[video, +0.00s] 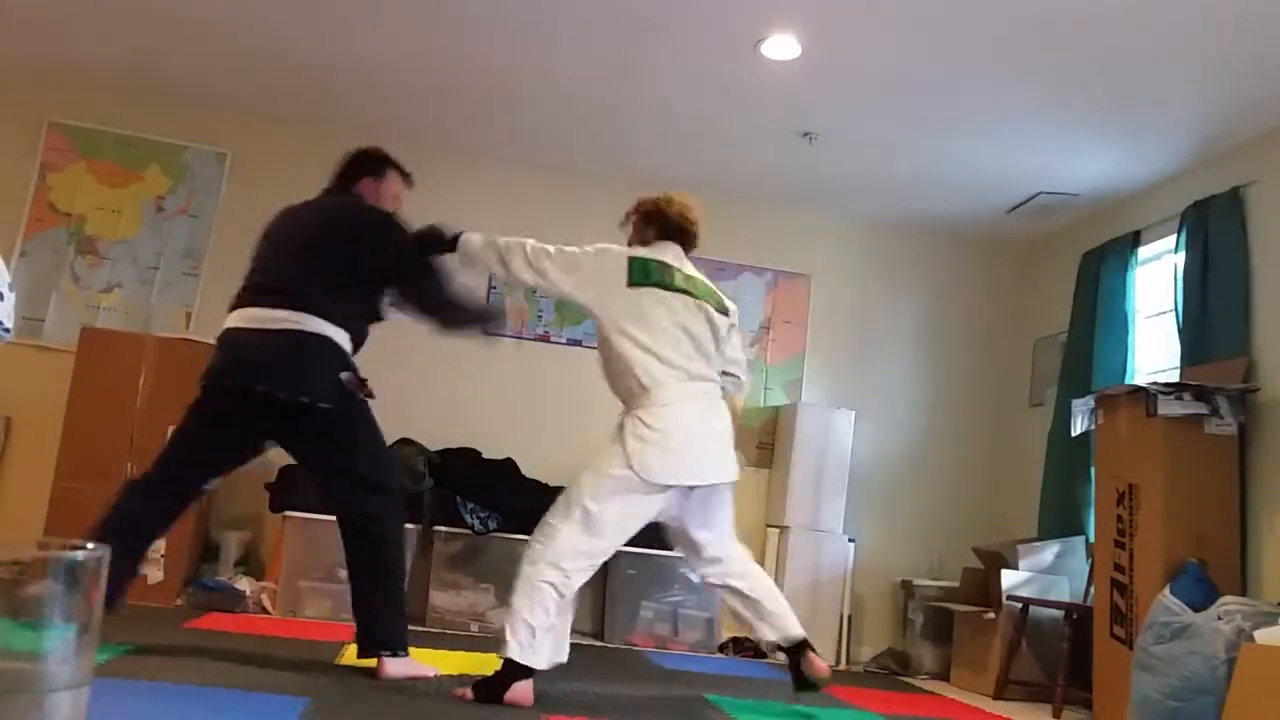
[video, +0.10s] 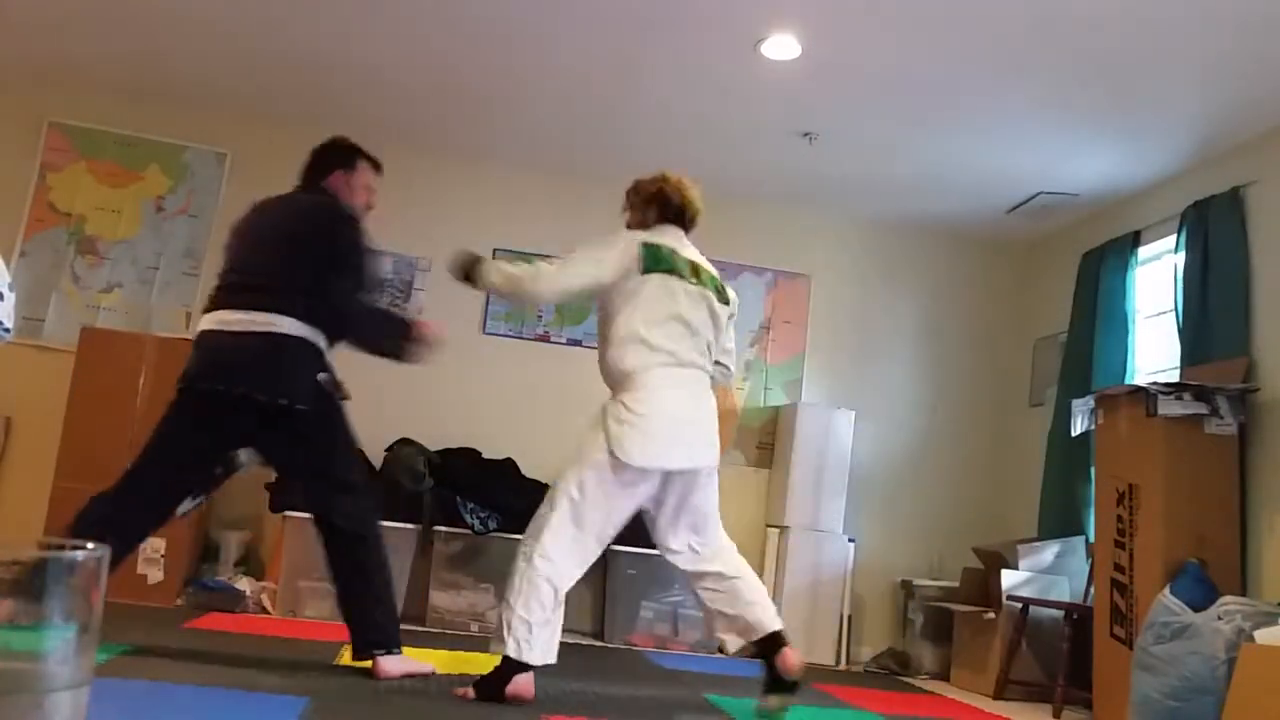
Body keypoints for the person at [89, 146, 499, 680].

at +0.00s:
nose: (402, 206)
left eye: (404, 195)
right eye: (399, 193)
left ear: (349, 187)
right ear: (371, 186)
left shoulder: (292, 218)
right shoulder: (379, 228)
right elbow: (437, 300)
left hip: (237, 367)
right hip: (312, 376)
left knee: (165, 484)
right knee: (373, 508)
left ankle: (80, 597)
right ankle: (386, 650)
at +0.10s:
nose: (372, 200)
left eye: (375, 189)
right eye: (369, 186)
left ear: (317, 177)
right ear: (340, 176)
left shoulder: (260, 214)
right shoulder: (336, 220)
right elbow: (339, 307)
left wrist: (377, 318)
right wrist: (405, 334)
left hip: (215, 366)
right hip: (287, 374)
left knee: (144, 491)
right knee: (350, 504)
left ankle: (37, 593)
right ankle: (381, 649)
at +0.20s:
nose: (346, 187)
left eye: (349, 176)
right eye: (343, 173)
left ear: (289, 165)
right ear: (312, 164)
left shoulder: (235, 204)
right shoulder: (307, 210)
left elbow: (256, 280)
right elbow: (318, 291)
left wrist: (331, 253)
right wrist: (360, 274)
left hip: (193, 361)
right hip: (266, 369)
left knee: (131, 490)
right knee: (329, 505)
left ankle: (29, 599)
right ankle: (369, 642)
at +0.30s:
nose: (333, 179)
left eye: (337, 169)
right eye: (330, 164)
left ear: (281, 154)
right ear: (295, 152)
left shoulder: (228, 189)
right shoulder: (284, 192)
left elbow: (256, 271)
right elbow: (288, 277)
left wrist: (324, 234)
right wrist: (362, 241)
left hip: (177, 346)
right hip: (239, 352)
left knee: (133, 484)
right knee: (314, 480)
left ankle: (39, 598)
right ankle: (332, 629)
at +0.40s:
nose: (332, 178)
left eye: (337, 167)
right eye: (330, 162)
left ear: (285, 151)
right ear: (295, 150)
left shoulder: (222, 187)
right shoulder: (276, 190)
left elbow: (260, 286)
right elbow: (282, 278)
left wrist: (322, 245)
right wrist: (359, 266)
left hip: (170, 340)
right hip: (231, 347)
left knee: (125, 483)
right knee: (300, 478)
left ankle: (28, 599)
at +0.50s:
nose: (331, 179)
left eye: (335, 169)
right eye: (327, 164)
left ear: (286, 154)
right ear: (291, 152)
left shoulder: (227, 190)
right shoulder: (270, 193)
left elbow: (268, 298)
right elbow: (273, 289)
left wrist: (326, 249)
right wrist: (341, 274)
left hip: (164, 339)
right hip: (221, 348)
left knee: (117, 481)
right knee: (276, 489)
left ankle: (20, 597)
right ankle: (238, 634)